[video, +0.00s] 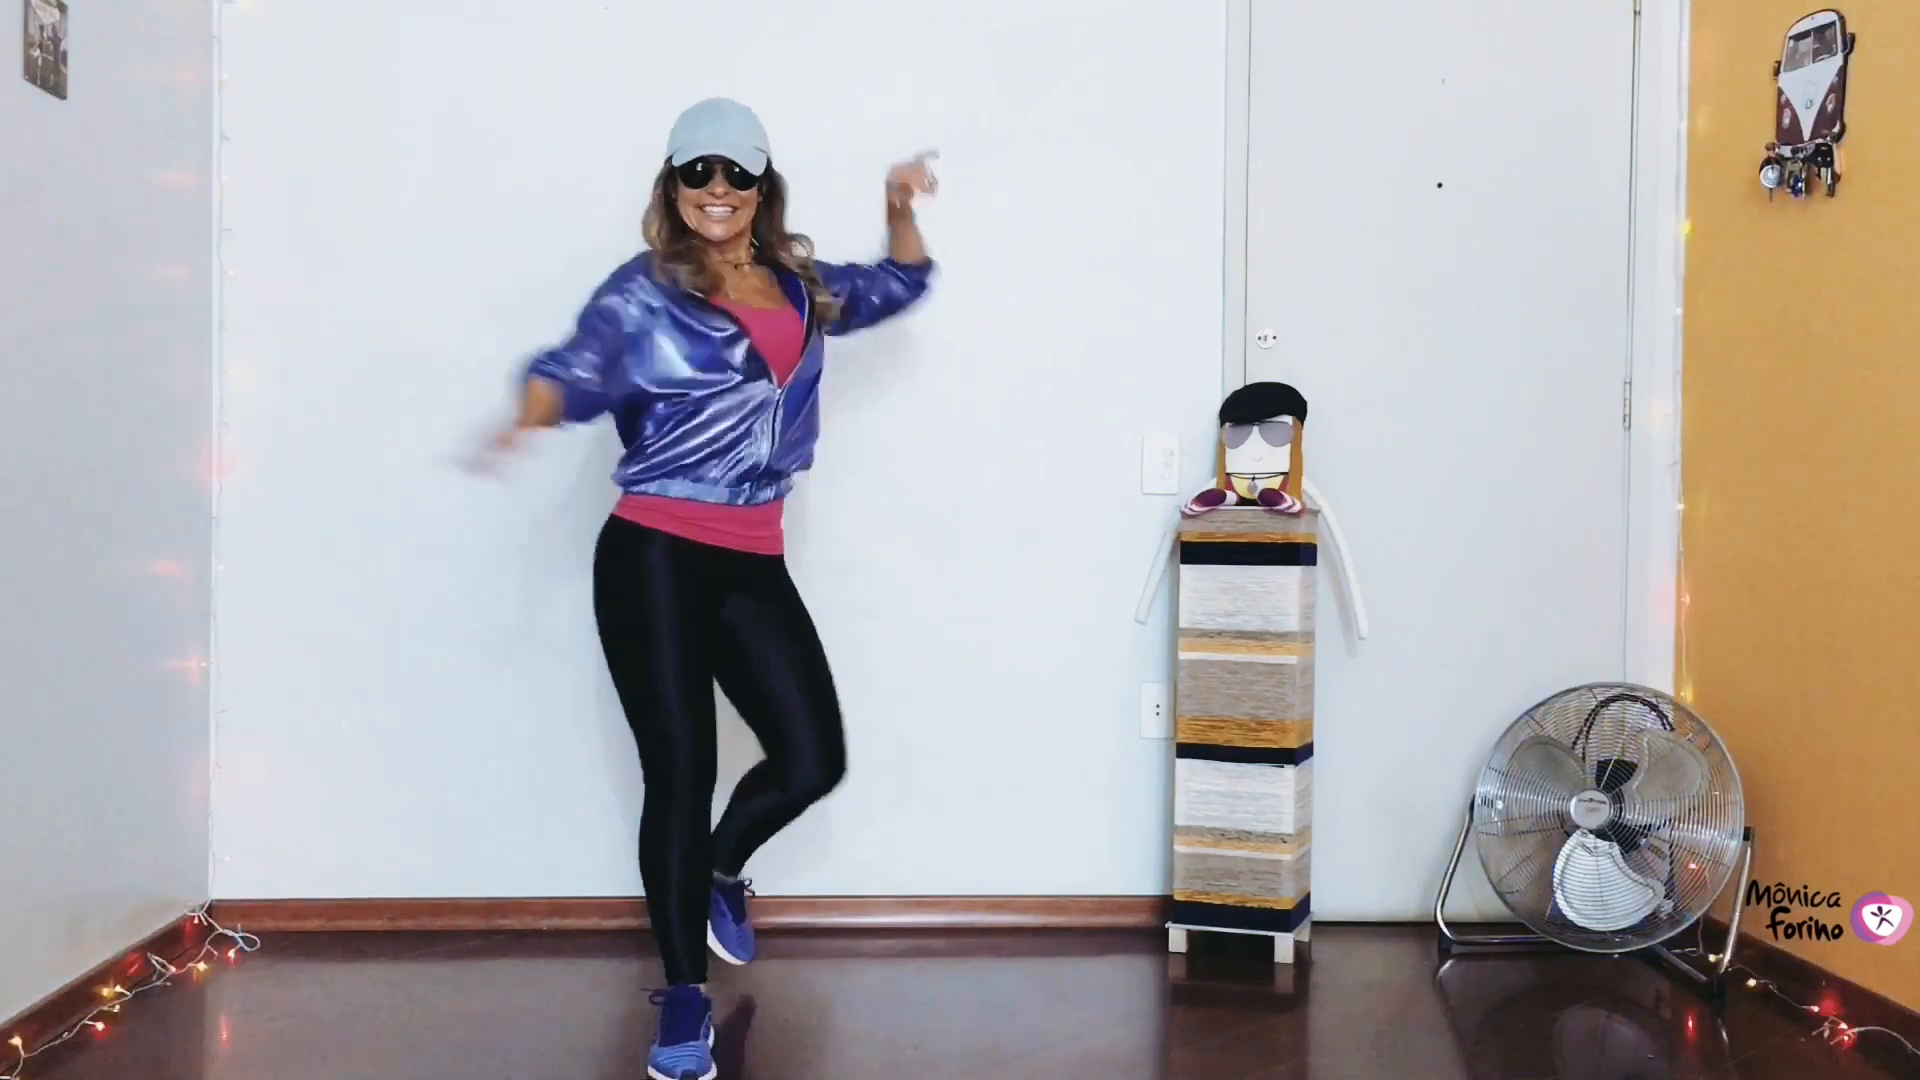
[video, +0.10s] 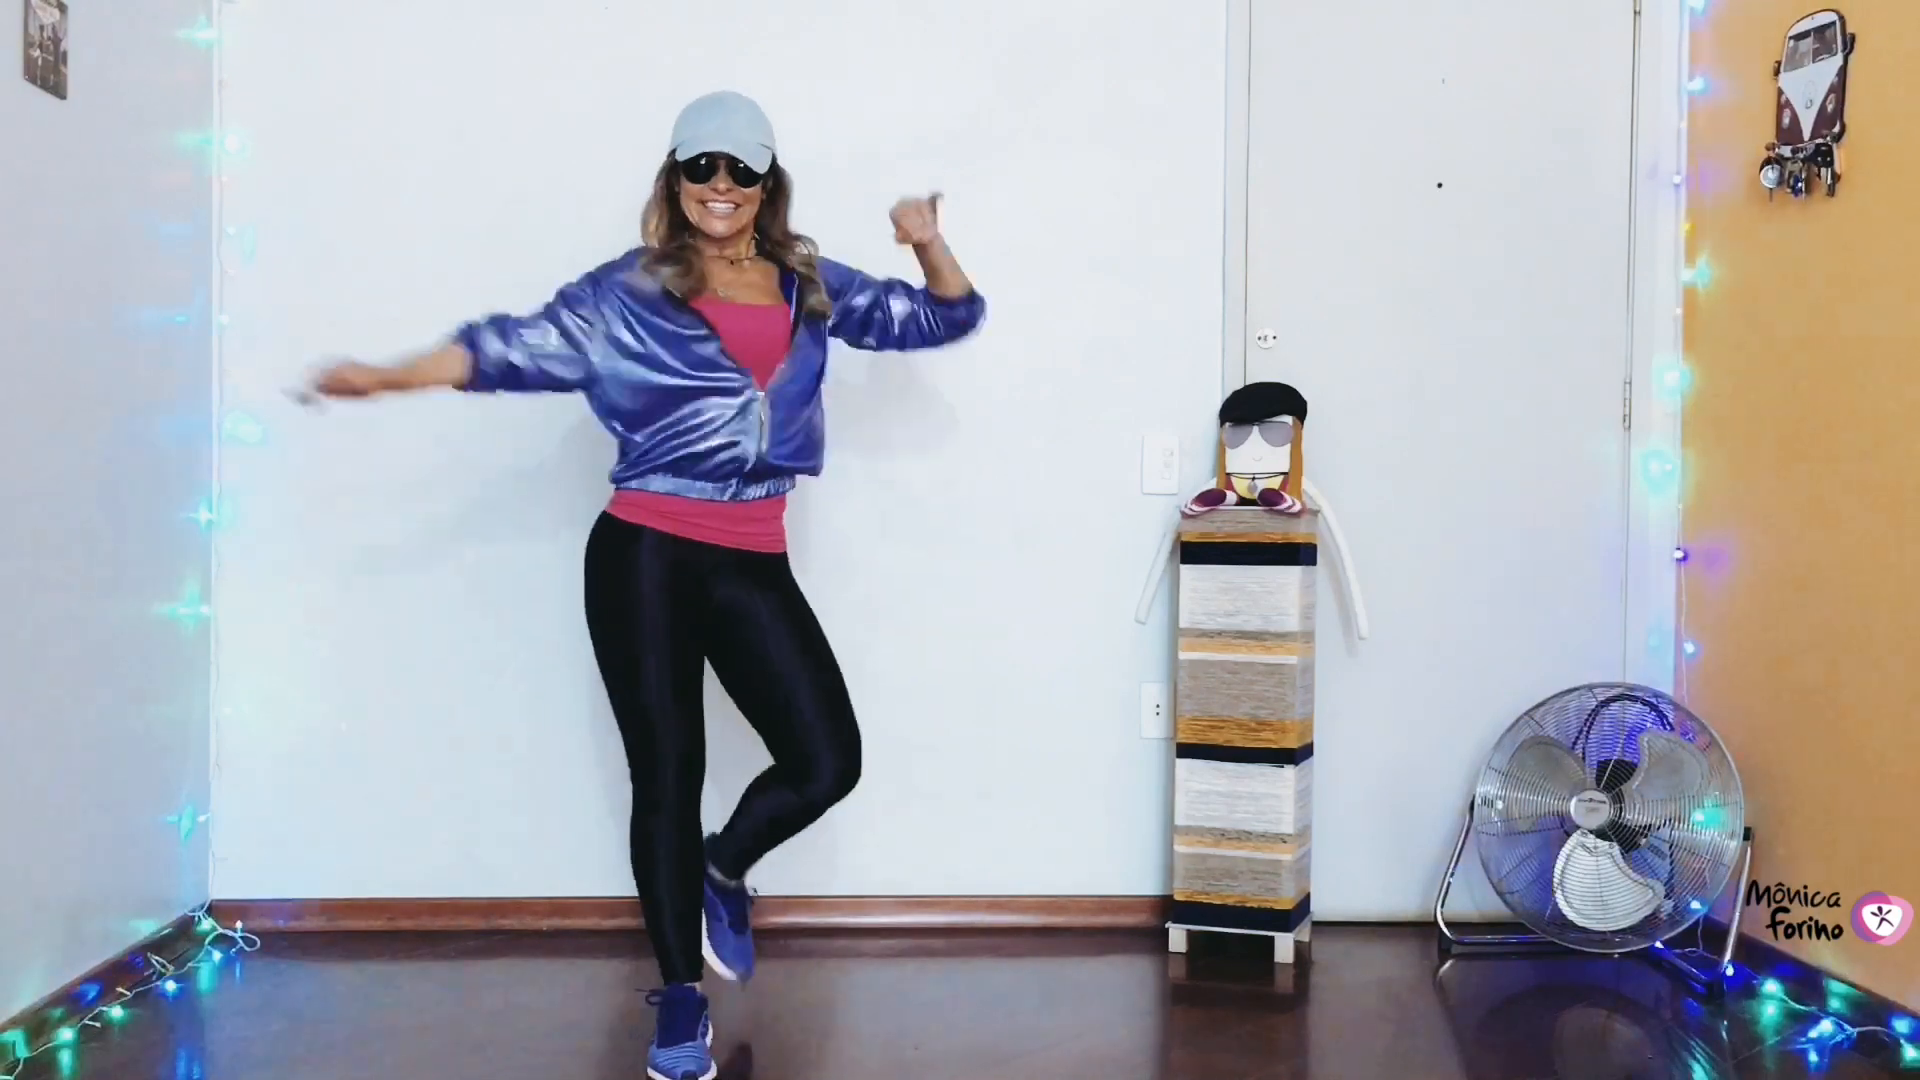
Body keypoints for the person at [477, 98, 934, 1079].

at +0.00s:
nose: (718, 194)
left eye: (737, 177)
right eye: (697, 177)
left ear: (764, 187)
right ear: (673, 190)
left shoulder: (796, 285)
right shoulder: (644, 295)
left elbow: (898, 286)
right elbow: (579, 371)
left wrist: (903, 210)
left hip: (750, 564)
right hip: (654, 557)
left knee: (812, 760)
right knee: (682, 776)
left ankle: (714, 862)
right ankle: (685, 995)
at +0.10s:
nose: (720, 191)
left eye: (741, 174)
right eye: (700, 172)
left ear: (768, 185)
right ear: (675, 181)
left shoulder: (809, 288)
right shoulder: (632, 293)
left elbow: (948, 317)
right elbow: (515, 346)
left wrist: (930, 247)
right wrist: (390, 376)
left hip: (752, 563)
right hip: (645, 554)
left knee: (827, 762)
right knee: (671, 776)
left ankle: (719, 866)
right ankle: (679, 997)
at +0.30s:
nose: (742, 173)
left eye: (763, 157)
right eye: (724, 154)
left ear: (790, 172)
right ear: (697, 169)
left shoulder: (825, 277)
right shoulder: (632, 276)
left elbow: (919, 355)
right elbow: (509, 280)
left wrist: (841, 278)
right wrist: (388, 268)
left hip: (765, 563)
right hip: (655, 556)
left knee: (760, 781)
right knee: (660, 781)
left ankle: (780, 980)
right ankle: (684, 994)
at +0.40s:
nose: (754, 157)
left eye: (775, 144)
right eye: (737, 138)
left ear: (801, 163)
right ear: (709, 152)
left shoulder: (817, 258)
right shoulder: (666, 255)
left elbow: (844, 355)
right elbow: (574, 239)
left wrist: (719, 303)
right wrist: (488, 197)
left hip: (774, 547)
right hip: (681, 543)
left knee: (756, 767)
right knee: (656, 756)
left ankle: (810, 983)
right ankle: (668, 979)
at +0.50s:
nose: (745, 143)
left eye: (769, 133)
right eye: (731, 124)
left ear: (799, 153)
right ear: (706, 135)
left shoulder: (791, 246)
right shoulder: (692, 236)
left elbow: (757, 362)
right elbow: (636, 202)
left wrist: (633, 331)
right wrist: (583, 146)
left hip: (784, 538)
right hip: (706, 536)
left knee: (764, 751)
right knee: (645, 729)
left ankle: (842, 981)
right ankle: (640, 960)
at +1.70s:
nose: (740, 189)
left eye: (761, 179)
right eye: (724, 171)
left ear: (780, 199)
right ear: (695, 187)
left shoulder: (787, 279)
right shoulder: (671, 284)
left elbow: (834, 403)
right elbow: (620, 261)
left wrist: (722, 462)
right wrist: (587, 165)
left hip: (768, 551)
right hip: (685, 552)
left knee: (764, 742)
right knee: (696, 734)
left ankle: (819, 962)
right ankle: (718, 920)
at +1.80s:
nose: (752, 195)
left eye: (773, 184)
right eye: (735, 178)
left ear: (795, 203)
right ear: (706, 194)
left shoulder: (811, 283)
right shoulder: (690, 299)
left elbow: (904, 386)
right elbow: (600, 328)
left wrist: (819, 466)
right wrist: (558, 228)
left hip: (791, 568)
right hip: (703, 561)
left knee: (775, 764)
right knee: (650, 740)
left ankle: (820, 979)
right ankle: (706, 906)